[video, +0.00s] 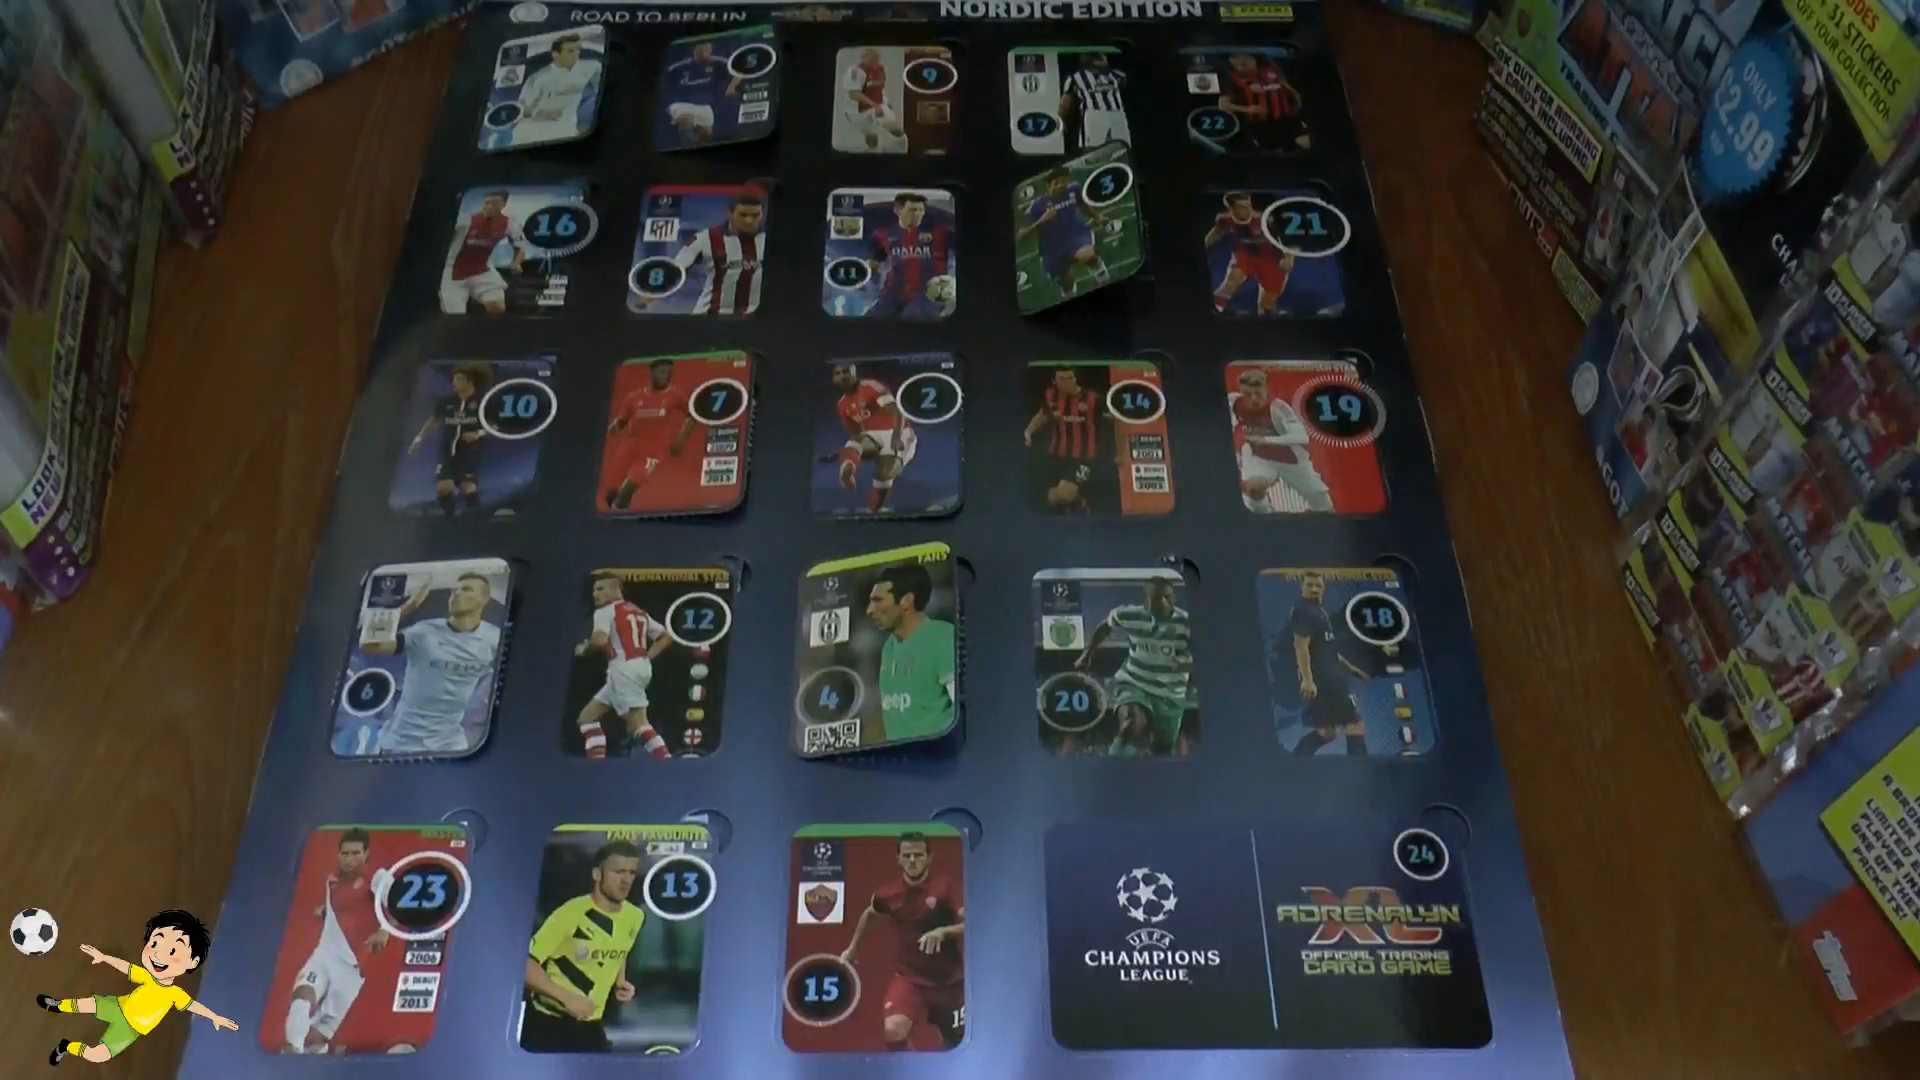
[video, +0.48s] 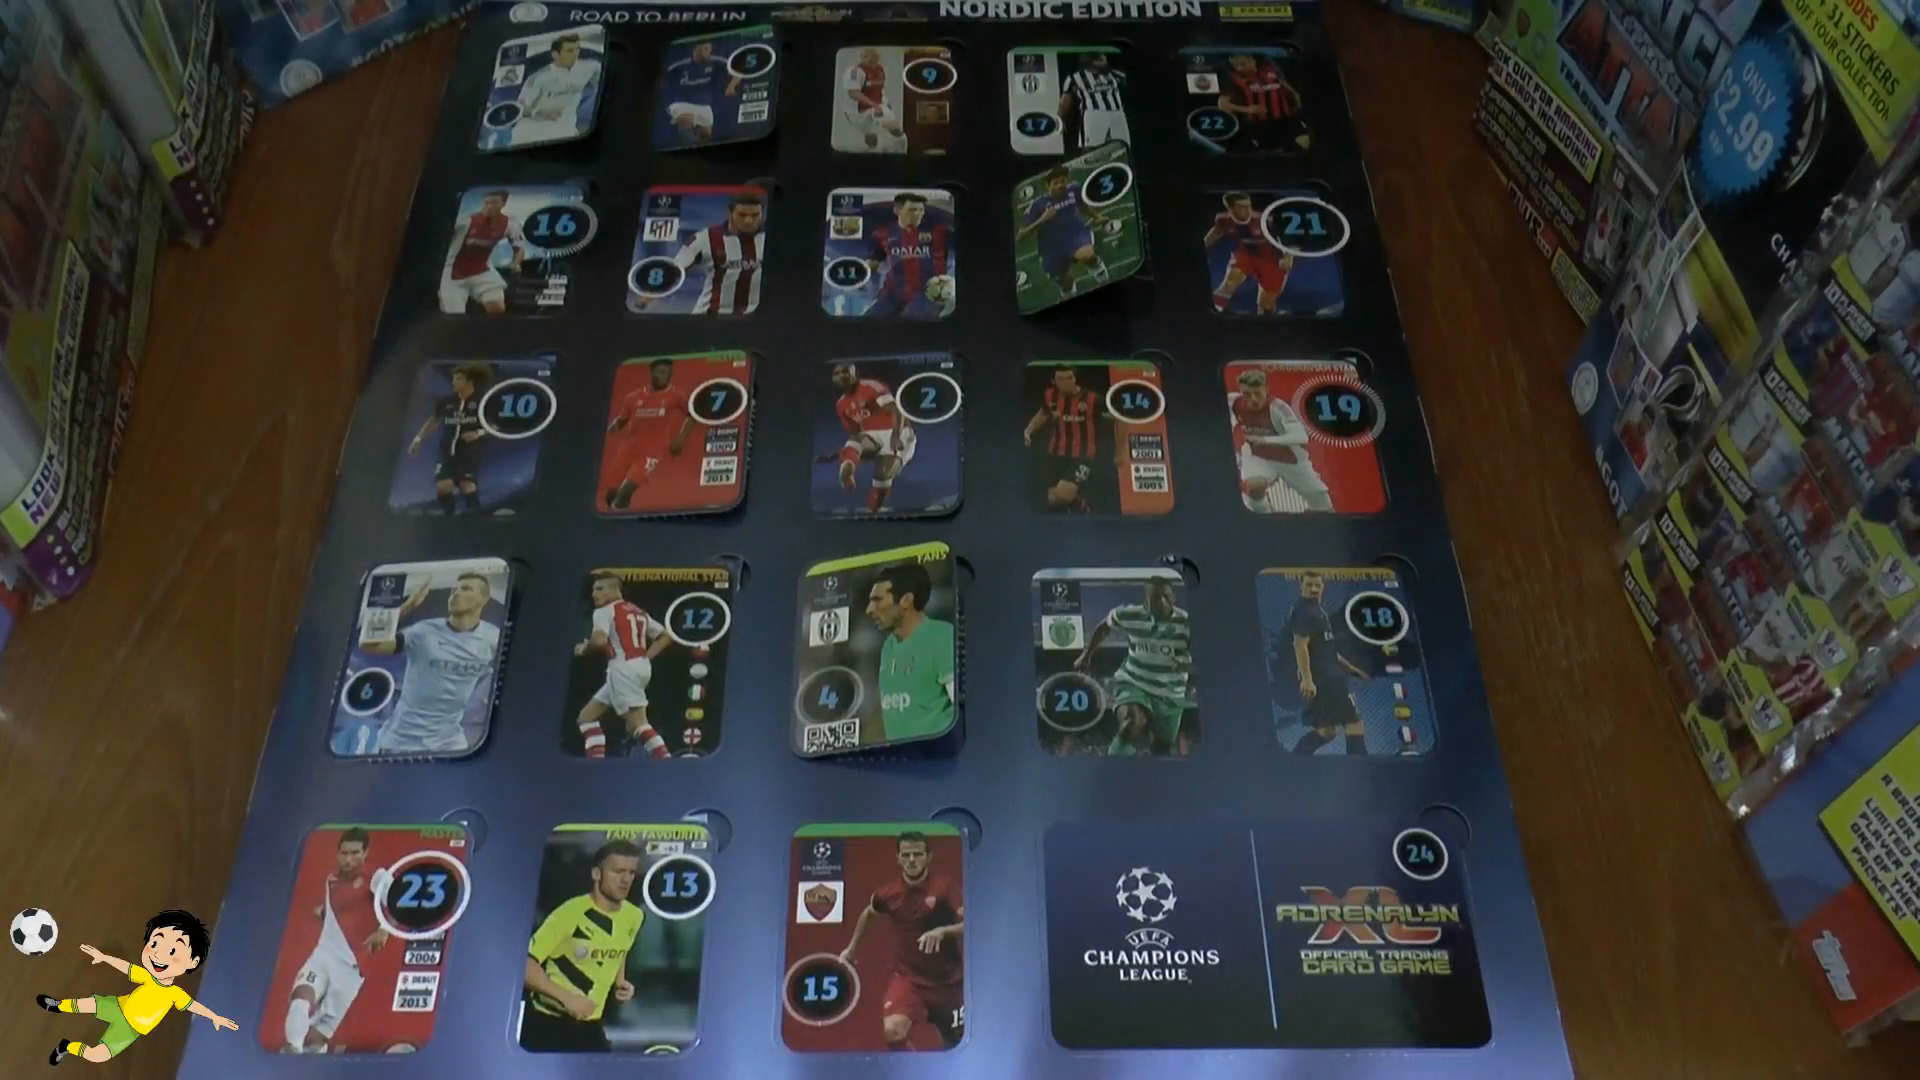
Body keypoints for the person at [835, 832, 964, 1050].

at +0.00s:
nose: (913, 861)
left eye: (918, 855)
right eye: (907, 856)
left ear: (929, 858)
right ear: (899, 859)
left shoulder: (946, 889)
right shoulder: (886, 896)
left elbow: (969, 925)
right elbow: (869, 915)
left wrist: (943, 932)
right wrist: (851, 950)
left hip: (948, 983)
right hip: (908, 979)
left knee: (956, 1048)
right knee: (893, 1031)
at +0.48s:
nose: (912, 860)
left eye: (917, 855)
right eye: (906, 855)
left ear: (928, 857)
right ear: (898, 859)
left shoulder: (944, 888)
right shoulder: (886, 895)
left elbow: (970, 924)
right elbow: (868, 914)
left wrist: (943, 931)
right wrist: (851, 950)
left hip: (947, 982)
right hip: (907, 978)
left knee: (956, 1048)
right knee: (893, 1031)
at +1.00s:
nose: (913, 863)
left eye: (918, 858)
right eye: (907, 858)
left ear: (929, 861)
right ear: (899, 861)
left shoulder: (945, 891)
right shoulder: (886, 898)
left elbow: (969, 928)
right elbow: (870, 918)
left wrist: (943, 934)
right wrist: (851, 952)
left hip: (948, 985)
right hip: (908, 982)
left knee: (958, 1051)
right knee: (893, 1034)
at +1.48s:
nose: (910, 863)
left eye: (916, 857)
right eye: (904, 858)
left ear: (926, 859)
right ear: (896, 861)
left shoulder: (943, 890)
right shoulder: (884, 898)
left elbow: (967, 926)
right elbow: (867, 917)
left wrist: (941, 933)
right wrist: (849, 951)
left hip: (946, 985)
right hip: (906, 982)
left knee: (954, 1051)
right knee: (891, 1033)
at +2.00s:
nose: (911, 860)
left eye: (916, 854)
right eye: (905, 855)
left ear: (927, 857)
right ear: (897, 859)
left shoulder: (944, 887)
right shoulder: (885, 895)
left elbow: (968, 924)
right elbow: (868, 914)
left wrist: (941, 931)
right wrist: (850, 948)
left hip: (947, 982)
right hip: (907, 979)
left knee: (955, 1048)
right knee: (892, 1030)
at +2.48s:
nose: (910, 862)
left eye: (916, 856)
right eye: (905, 857)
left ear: (927, 858)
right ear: (897, 860)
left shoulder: (944, 888)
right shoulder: (885, 896)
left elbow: (968, 926)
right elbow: (868, 916)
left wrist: (942, 932)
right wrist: (850, 950)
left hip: (946, 983)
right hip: (906, 980)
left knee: (955, 1049)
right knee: (892, 1031)